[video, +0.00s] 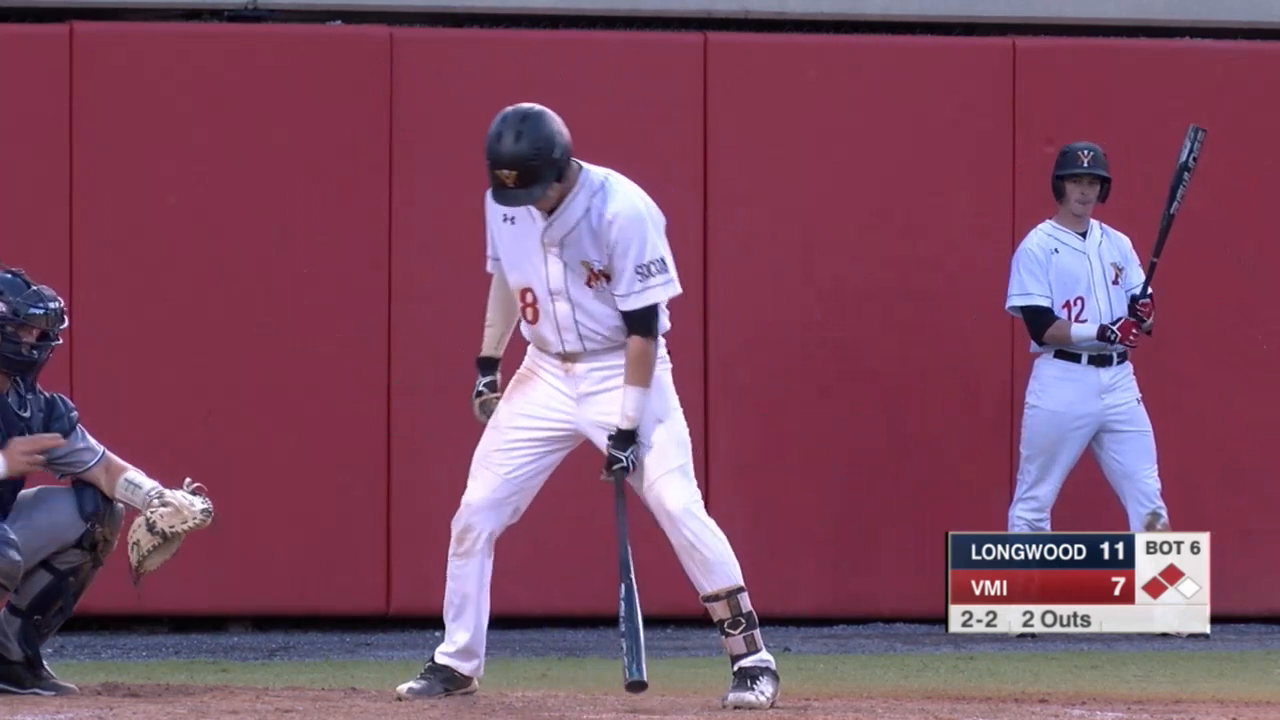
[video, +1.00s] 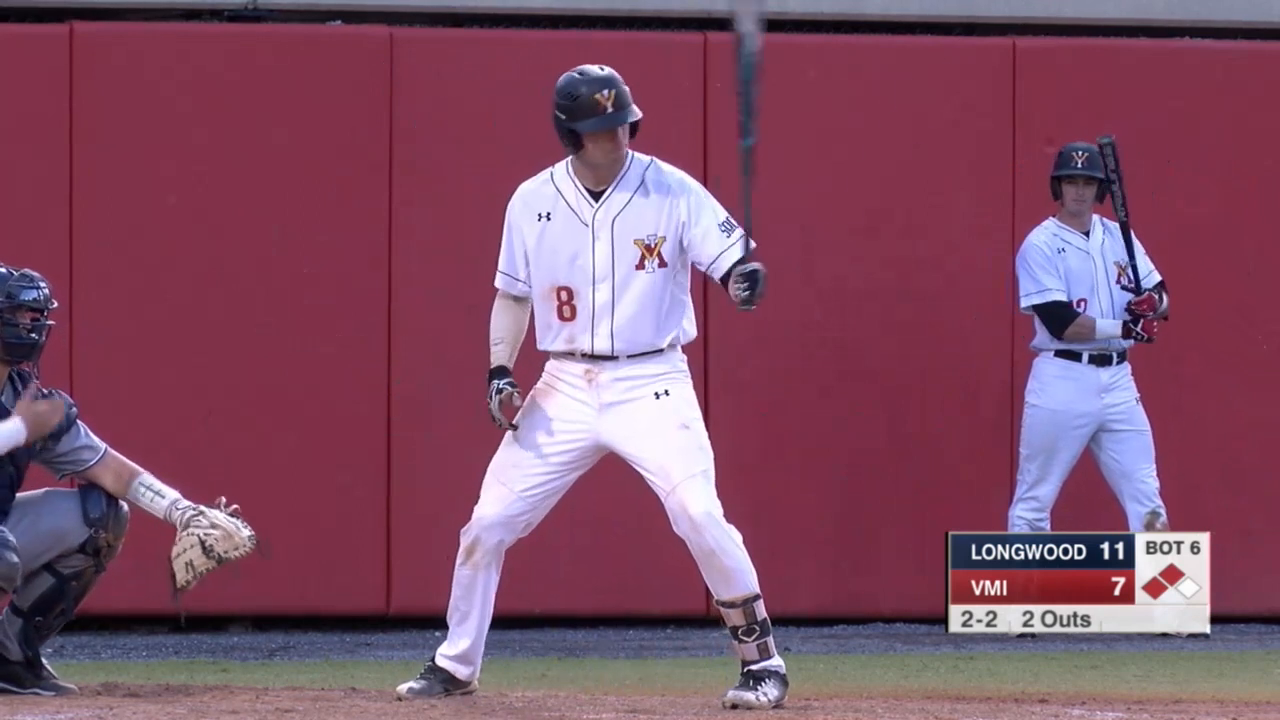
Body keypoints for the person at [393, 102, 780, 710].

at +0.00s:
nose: (524, 205)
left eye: (533, 193)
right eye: (513, 195)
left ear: (564, 170)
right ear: (499, 173)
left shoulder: (623, 210)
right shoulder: (503, 200)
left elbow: (644, 324)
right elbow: (504, 280)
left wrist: (628, 425)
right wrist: (487, 365)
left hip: (627, 375)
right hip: (543, 376)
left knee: (673, 502)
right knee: (475, 513)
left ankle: (751, 660)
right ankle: (455, 664)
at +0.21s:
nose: (468, 197)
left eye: (472, 184)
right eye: (460, 188)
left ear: (498, 160)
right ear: (451, 170)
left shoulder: (571, 192)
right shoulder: (468, 202)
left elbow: (610, 303)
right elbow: (489, 294)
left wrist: (600, 406)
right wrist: (463, 374)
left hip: (612, 364)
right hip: (533, 371)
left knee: (664, 497)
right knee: (467, 512)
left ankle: (751, 657)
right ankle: (455, 664)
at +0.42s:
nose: (472, 198)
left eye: (474, 185)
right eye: (464, 189)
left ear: (500, 161)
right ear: (459, 171)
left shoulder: (576, 193)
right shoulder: (482, 208)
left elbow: (616, 306)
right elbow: (503, 306)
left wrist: (586, 403)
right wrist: (467, 385)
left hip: (626, 376)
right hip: (547, 378)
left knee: (677, 506)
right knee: (470, 514)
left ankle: (758, 663)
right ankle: (455, 664)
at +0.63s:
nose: (518, 185)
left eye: (523, 171)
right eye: (509, 174)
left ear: (553, 152)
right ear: (501, 160)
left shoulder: (626, 193)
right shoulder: (511, 207)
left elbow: (666, 300)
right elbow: (518, 307)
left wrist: (616, 374)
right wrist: (491, 384)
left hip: (642, 381)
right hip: (556, 385)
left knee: (688, 508)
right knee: (477, 522)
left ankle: (760, 664)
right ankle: (455, 666)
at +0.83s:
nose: (578, 168)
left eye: (586, 154)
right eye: (566, 157)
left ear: (606, 135)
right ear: (546, 146)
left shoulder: (654, 188)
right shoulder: (524, 202)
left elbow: (716, 287)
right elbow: (514, 301)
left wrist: (695, 317)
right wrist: (496, 377)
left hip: (648, 384)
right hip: (561, 386)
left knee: (694, 513)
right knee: (482, 524)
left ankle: (762, 665)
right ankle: (455, 665)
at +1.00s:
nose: (623, 138)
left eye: (624, 125)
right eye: (609, 130)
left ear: (628, 118)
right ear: (574, 132)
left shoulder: (672, 189)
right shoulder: (532, 200)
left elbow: (726, 252)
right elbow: (512, 295)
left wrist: (743, 277)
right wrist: (500, 372)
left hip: (653, 383)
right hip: (562, 386)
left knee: (698, 513)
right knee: (486, 525)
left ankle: (761, 664)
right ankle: (454, 665)